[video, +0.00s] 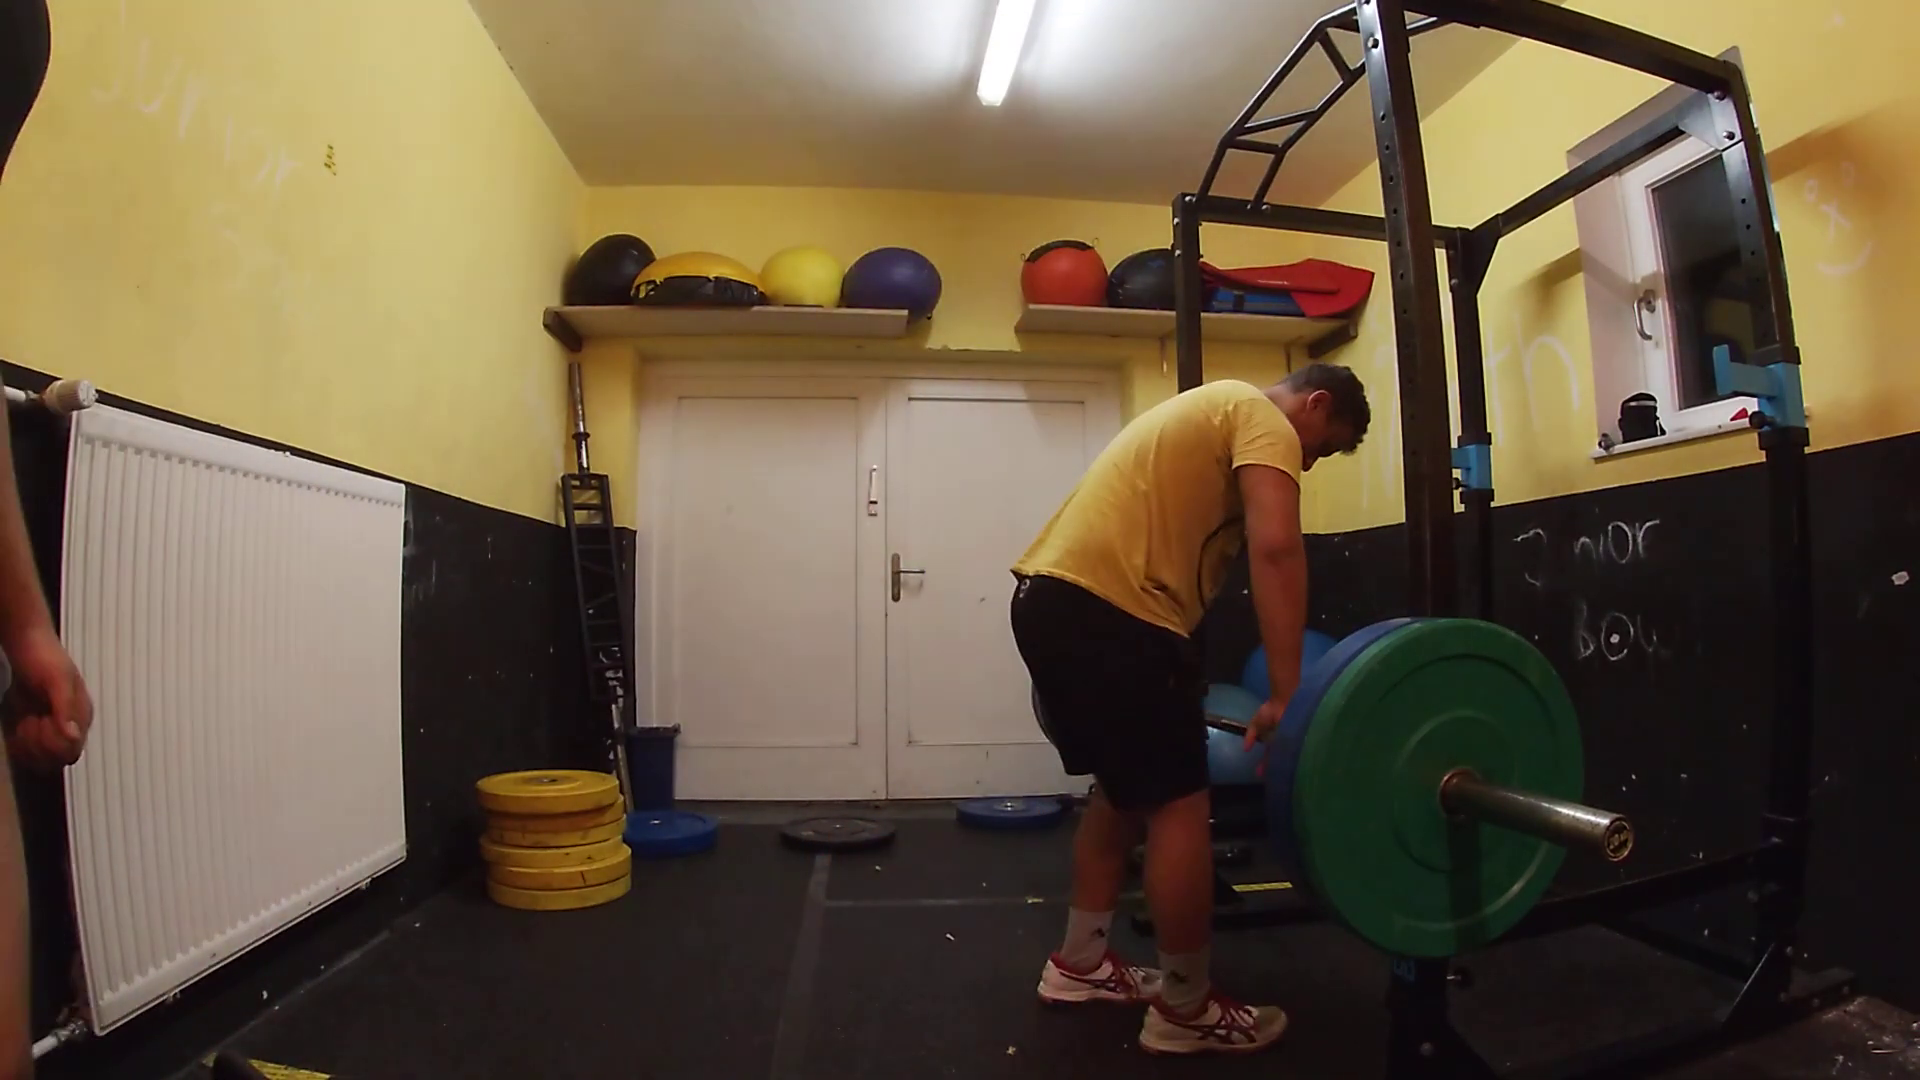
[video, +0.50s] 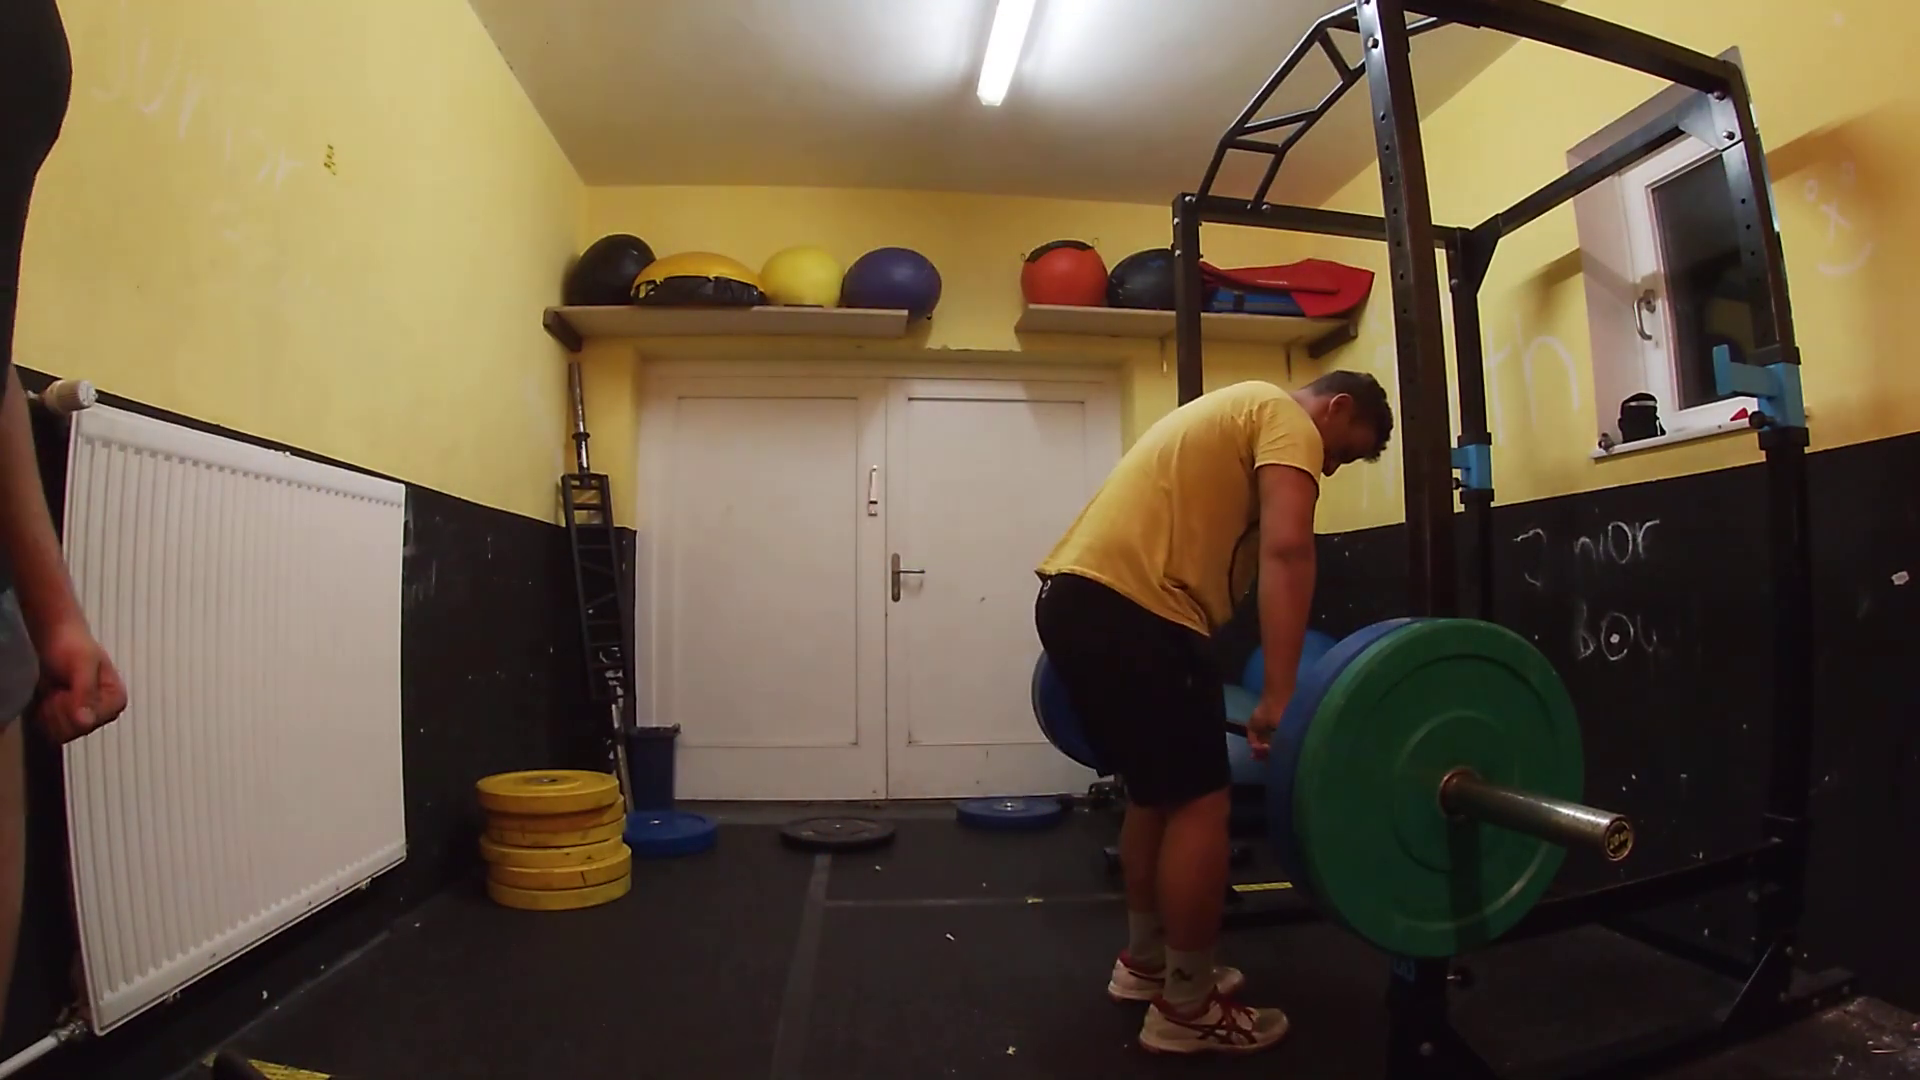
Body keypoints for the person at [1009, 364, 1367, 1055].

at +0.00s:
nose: (1312, 462)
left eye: (1323, 455)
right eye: (1325, 446)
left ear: (1299, 392)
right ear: (1314, 405)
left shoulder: (1204, 410)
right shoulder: (1263, 416)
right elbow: (1275, 546)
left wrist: (1176, 677)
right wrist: (1284, 692)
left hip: (1052, 596)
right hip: (1118, 610)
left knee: (1118, 782)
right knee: (1179, 803)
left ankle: (1079, 958)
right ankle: (1185, 1008)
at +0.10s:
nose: (1320, 462)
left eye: (1331, 456)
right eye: (1332, 446)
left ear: (1306, 389)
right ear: (1321, 401)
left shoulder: (1212, 410)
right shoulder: (1274, 417)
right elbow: (1284, 554)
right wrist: (1293, 697)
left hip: (1061, 596)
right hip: (1128, 609)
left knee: (1143, 781)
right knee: (1190, 804)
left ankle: (1092, 944)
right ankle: (1185, 1007)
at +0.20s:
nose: (1327, 462)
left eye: (1339, 456)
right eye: (1340, 445)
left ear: (1309, 389)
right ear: (1327, 401)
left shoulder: (1215, 410)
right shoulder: (1281, 416)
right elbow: (1289, 553)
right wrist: (1292, 696)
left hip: (1066, 594)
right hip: (1132, 606)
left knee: (1155, 778)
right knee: (1194, 801)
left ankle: (1115, 943)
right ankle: (1187, 1008)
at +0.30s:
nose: (1333, 464)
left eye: (1344, 458)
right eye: (1345, 448)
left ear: (1316, 391)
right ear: (1333, 402)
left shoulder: (1223, 410)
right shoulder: (1286, 416)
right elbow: (1290, 549)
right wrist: (1289, 695)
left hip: (1073, 590)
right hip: (1134, 603)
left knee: (1151, 788)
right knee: (1195, 801)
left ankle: (1146, 956)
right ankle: (1188, 1006)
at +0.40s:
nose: (1336, 466)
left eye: (1348, 460)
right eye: (1348, 449)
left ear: (1320, 393)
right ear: (1335, 404)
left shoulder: (1225, 410)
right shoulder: (1287, 417)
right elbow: (1288, 548)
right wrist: (1281, 692)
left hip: (1077, 589)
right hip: (1136, 603)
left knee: (1152, 789)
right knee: (1198, 800)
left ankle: (1144, 956)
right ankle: (1188, 1005)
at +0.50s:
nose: (1335, 468)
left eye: (1347, 461)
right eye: (1348, 451)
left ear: (1322, 395)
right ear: (1337, 407)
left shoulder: (1229, 411)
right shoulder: (1287, 417)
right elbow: (1286, 547)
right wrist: (1278, 693)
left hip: (1079, 592)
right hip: (1135, 605)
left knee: (1151, 790)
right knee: (1201, 800)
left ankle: (1145, 957)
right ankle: (1187, 1006)